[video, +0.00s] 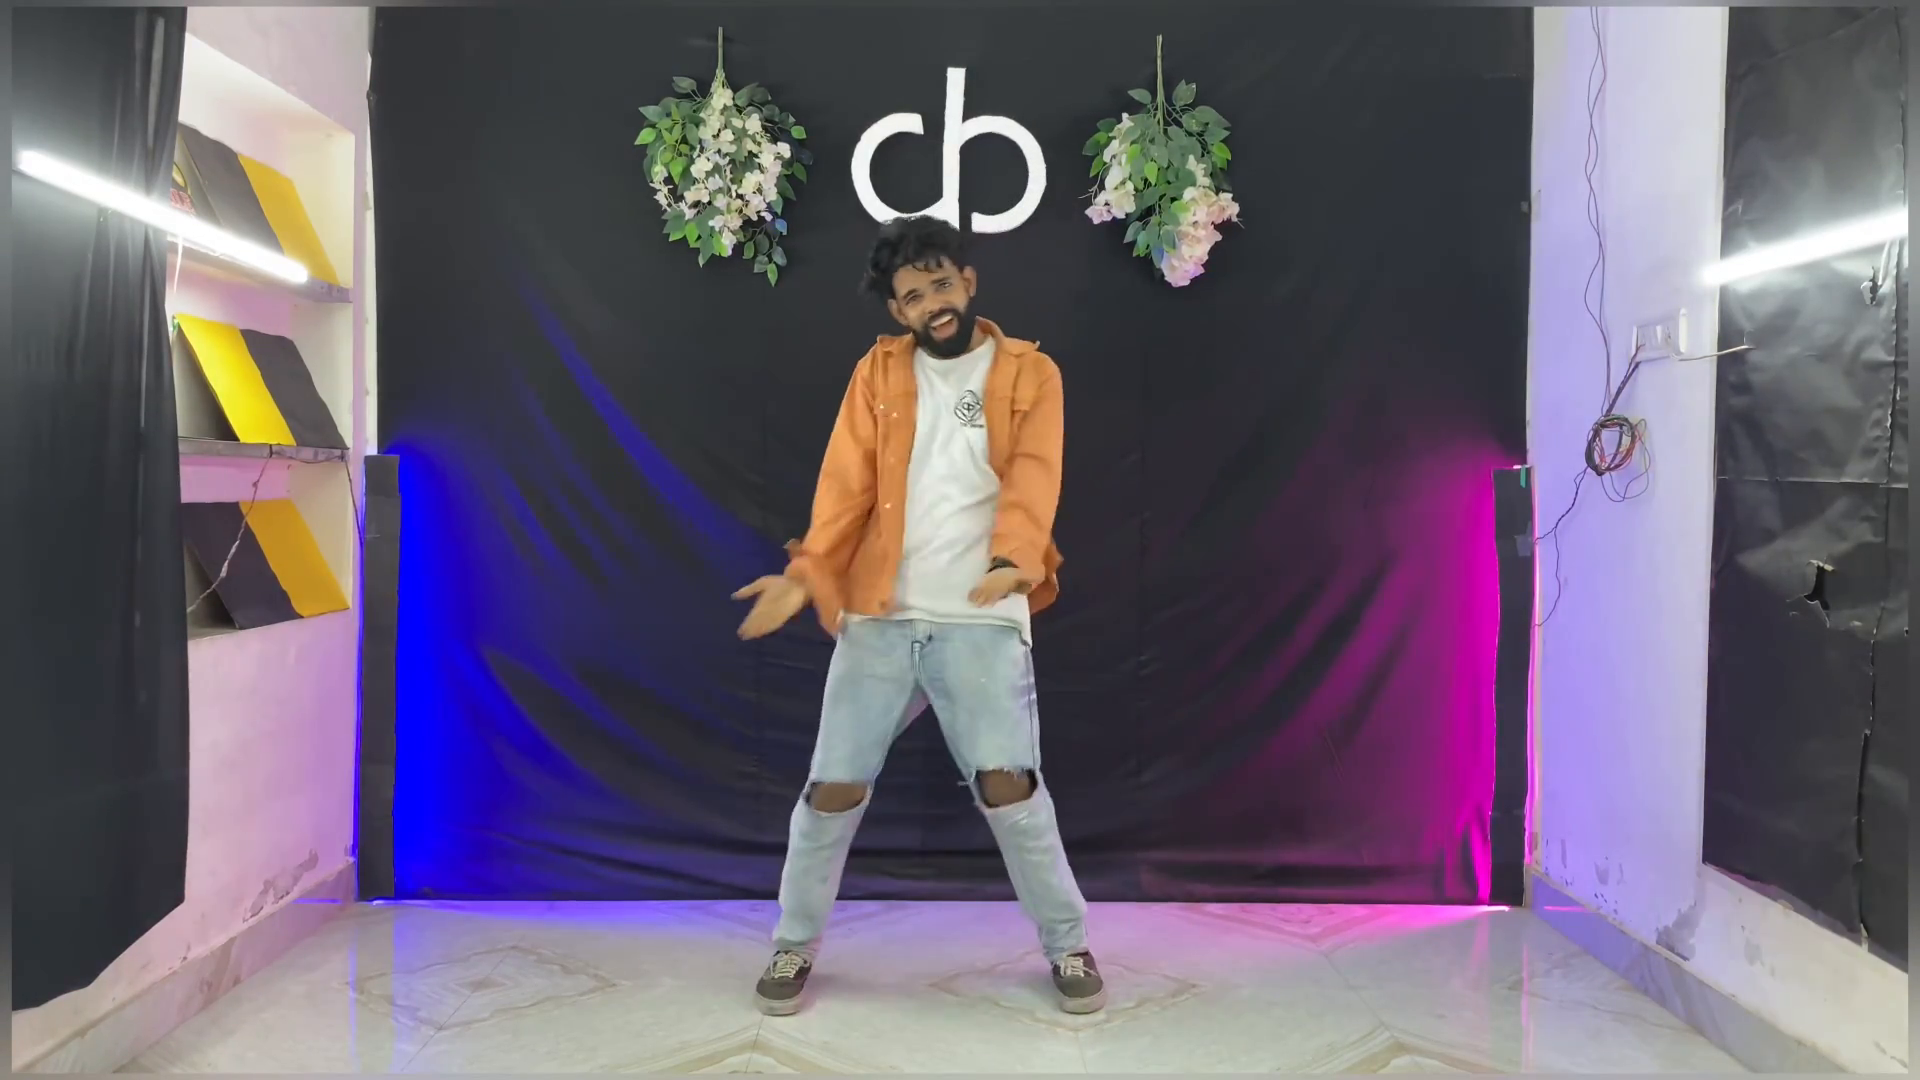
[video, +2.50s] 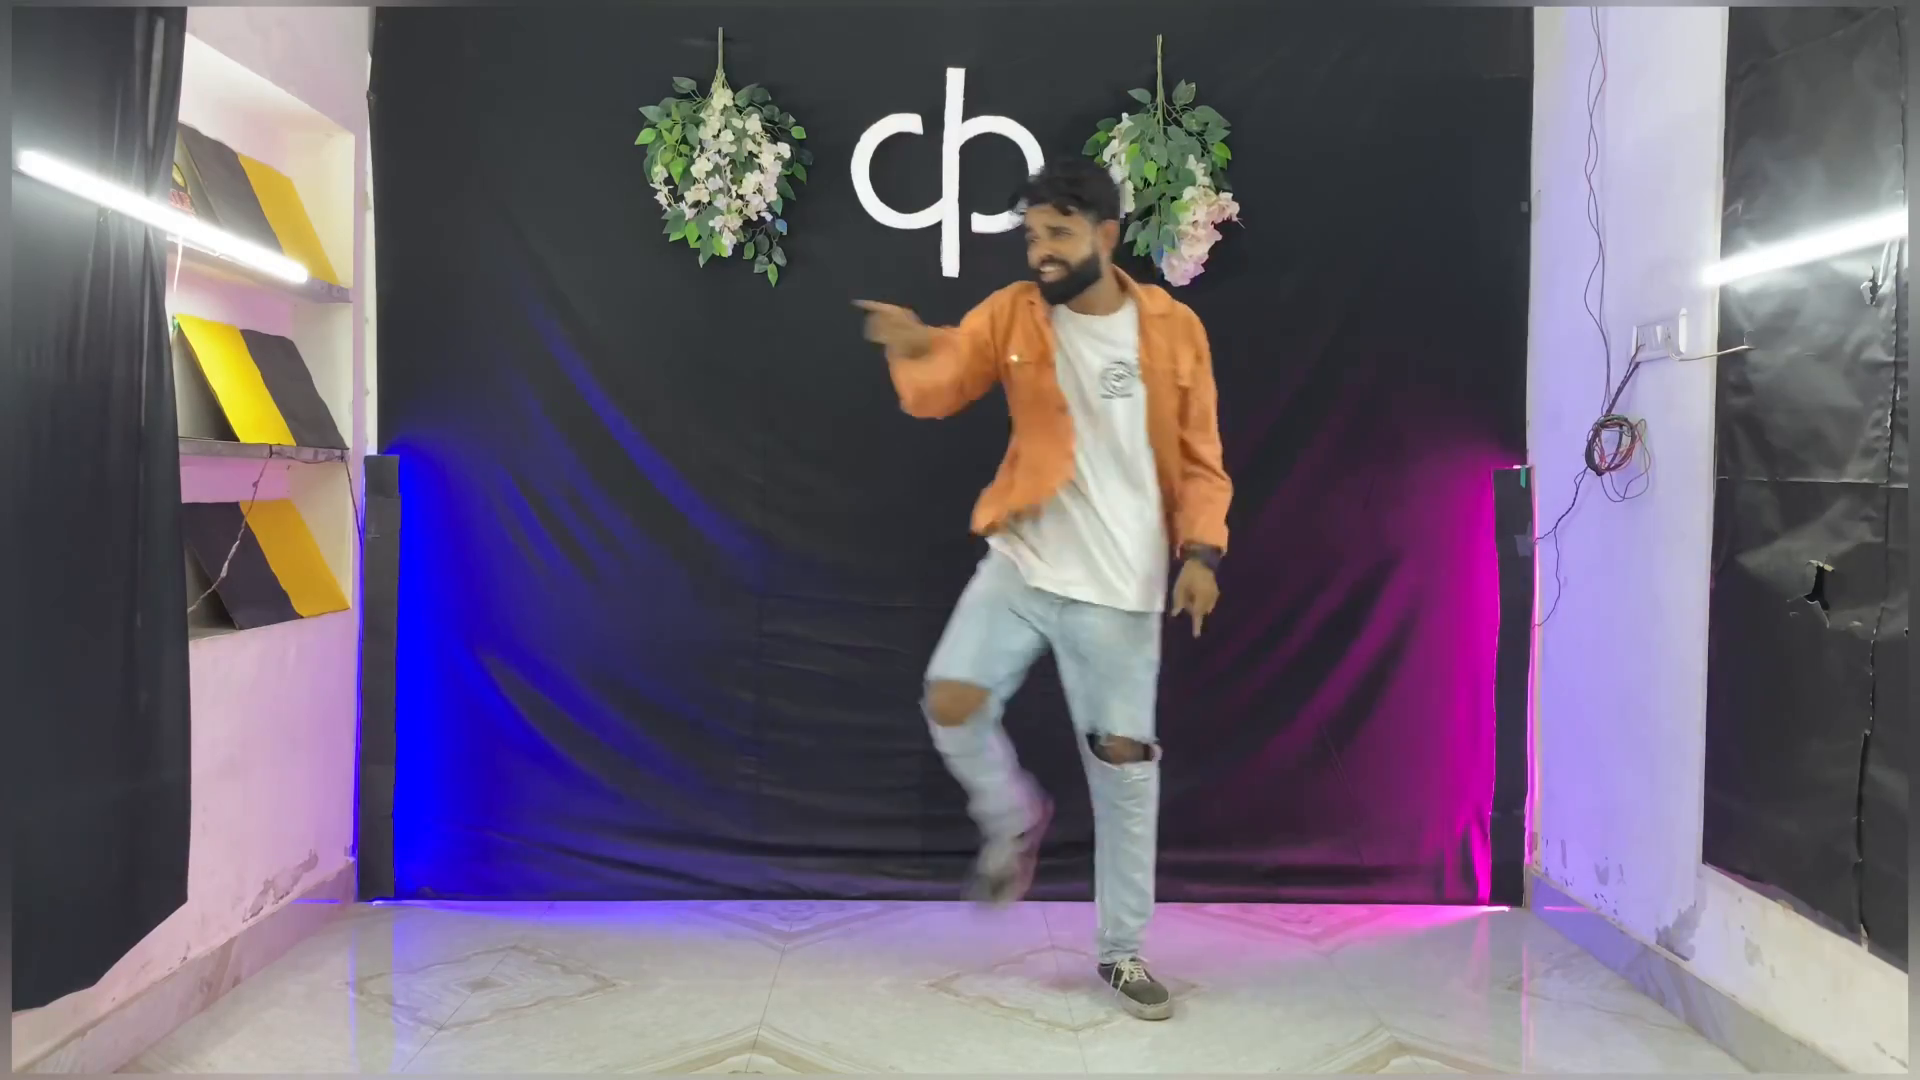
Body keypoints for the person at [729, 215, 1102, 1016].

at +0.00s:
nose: (931, 303)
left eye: (940, 283)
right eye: (911, 294)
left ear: (969, 278)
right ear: (893, 308)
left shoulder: (1028, 370)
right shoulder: (877, 374)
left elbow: (1034, 469)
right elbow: (845, 482)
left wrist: (1017, 554)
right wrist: (804, 572)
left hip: (981, 615)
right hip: (876, 612)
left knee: (1007, 783)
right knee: (833, 787)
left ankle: (1068, 945)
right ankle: (793, 942)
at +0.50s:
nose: (964, 295)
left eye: (983, 283)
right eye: (951, 278)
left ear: (1009, 297)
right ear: (925, 283)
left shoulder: (1036, 384)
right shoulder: (881, 383)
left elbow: (1044, 501)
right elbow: (851, 501)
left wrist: (1083, 511)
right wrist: (800, 511)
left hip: (1014, 638)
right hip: (910, 638)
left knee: (1039, 810)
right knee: (863, 806)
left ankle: (1143, 949)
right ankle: (792, 945)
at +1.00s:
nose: (1054, 268)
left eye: (1071, 253)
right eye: (1036, 253)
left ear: (1093, 267)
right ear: (1010, 263)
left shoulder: (1123, 366)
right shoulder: (965, 358)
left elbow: (1128, 492)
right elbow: (964, 476)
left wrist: (1076, 576)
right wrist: (1040, 536)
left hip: (1083, 602)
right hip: (981, 600)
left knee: (1100, 783)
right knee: (978, 767)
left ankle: (1142, 951)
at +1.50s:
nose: (964, 312)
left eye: (983, 299)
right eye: (951, 297)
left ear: (1016, 312)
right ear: (932, 308)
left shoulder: (1057, 405)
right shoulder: (907, 405)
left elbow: (1099, 527)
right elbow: (863, 535)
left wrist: (1127, 642)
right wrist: (821, 650)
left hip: (1006, 675)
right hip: (898, 665)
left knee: (1020, 843)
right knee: (800, 807)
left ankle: (1113, 961)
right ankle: (692, 959)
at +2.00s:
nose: (1188, 316)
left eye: (1205, 302)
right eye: (1174, 296)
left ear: (1227, 313)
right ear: (1148, 301)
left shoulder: (1239, 376)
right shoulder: (1097, 406)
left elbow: (1291, 260)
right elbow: (1081, 535)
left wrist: (1220, 217)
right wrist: (1102, 648)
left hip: (1230, 610)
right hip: (1143, 624)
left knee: (1208, 776)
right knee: (1214, 789)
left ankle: (1132, 942)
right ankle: (1331, 899)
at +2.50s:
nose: (1041, 250)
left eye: (1059, 233)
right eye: (1032, 235)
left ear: (1109, 233)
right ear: (1027, 236)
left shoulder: (1173, 330)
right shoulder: (1013, 313)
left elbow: (1199, 454)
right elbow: (942, 389)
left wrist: (1202, 550)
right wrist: (914, 345)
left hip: (1121, 581)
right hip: (1022, 560)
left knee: (1125, 758)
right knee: (953, 697)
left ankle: (1123, 948)